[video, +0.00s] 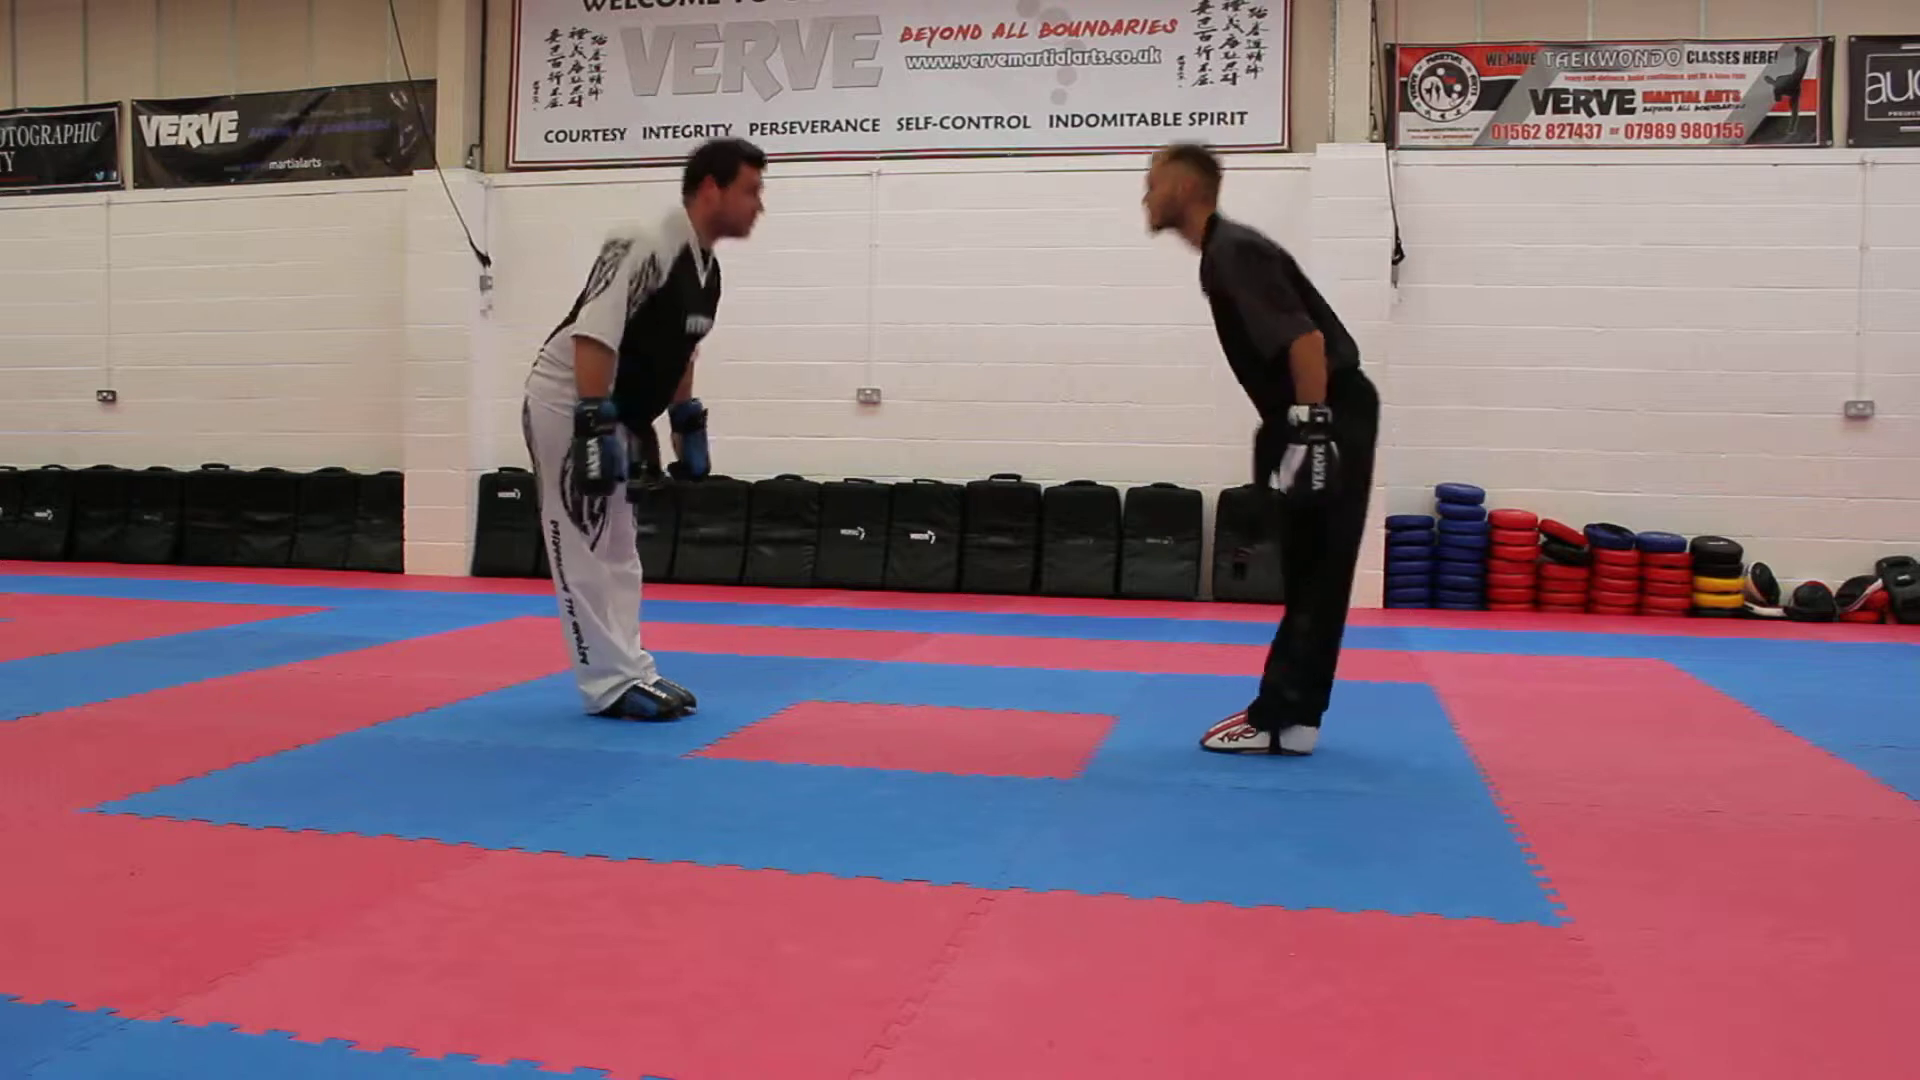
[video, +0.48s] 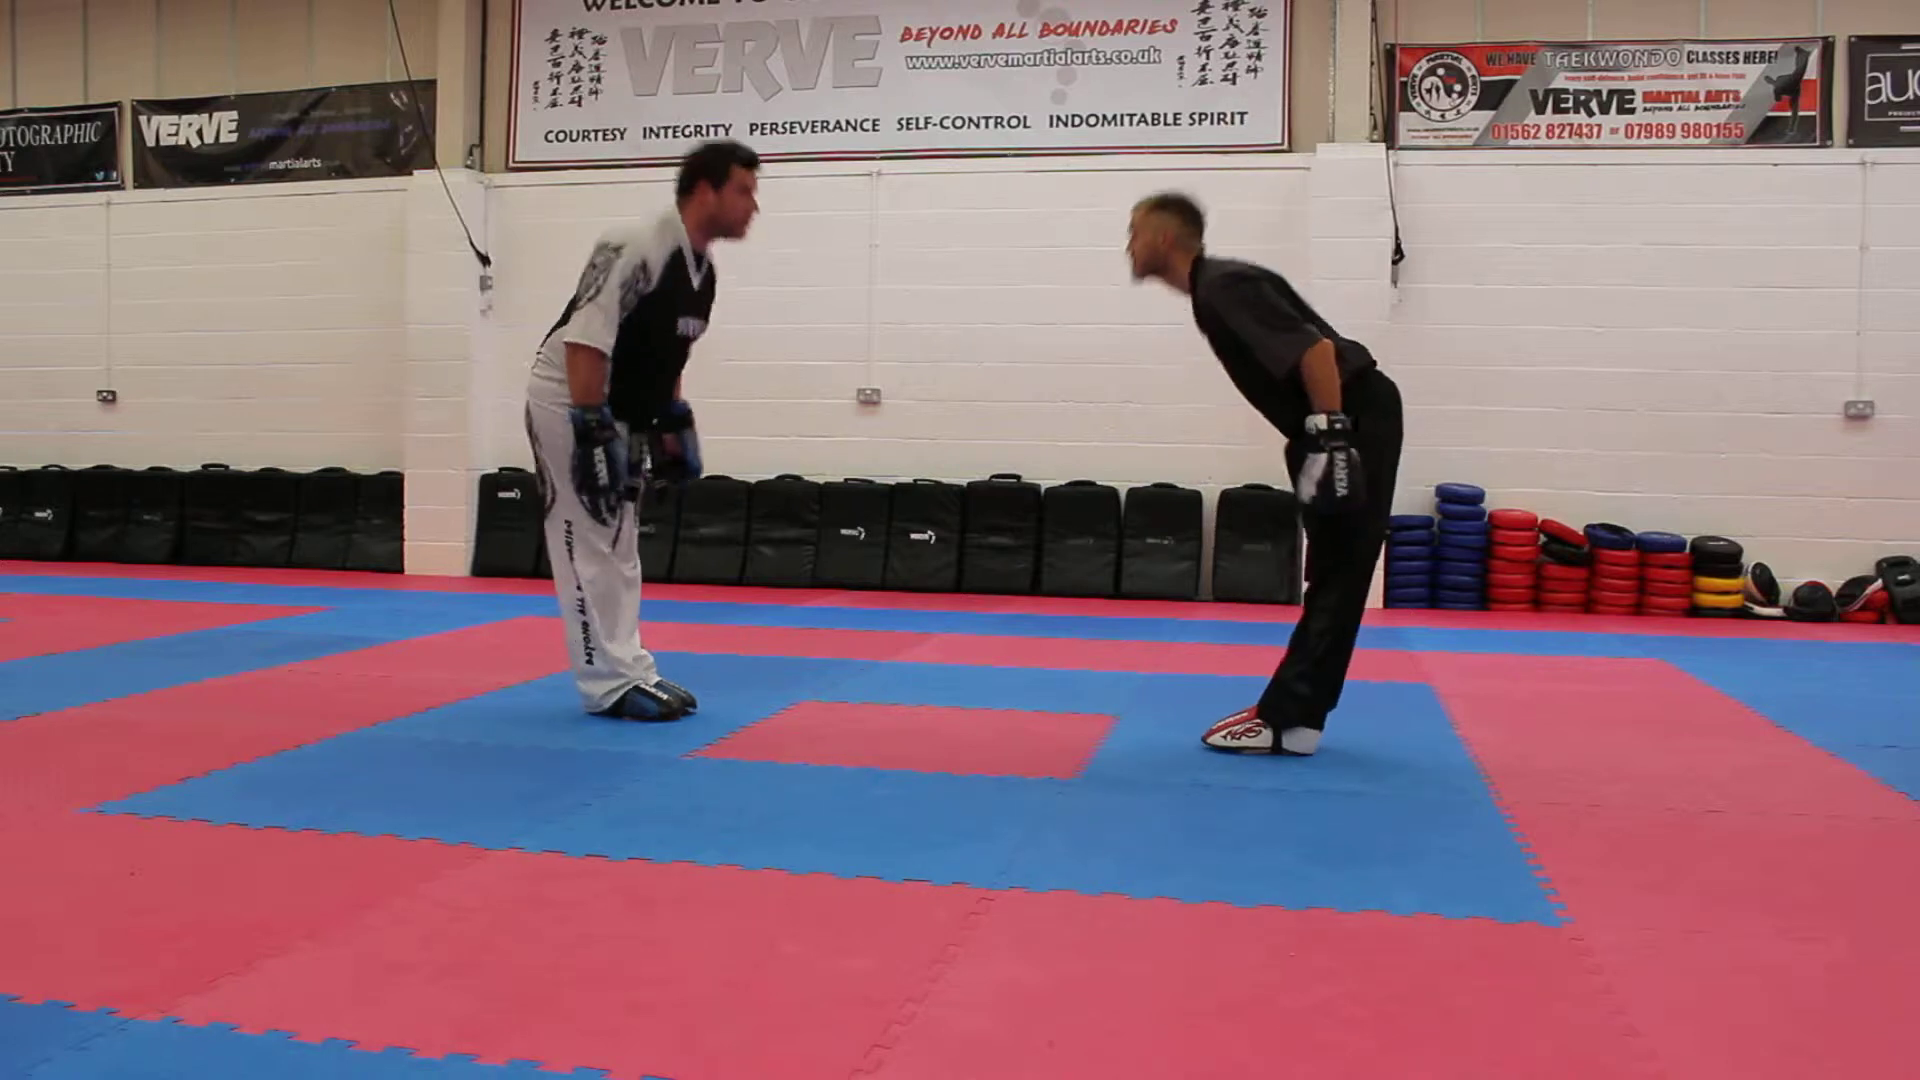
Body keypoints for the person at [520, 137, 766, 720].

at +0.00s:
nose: (760, 204)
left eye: (761, 192)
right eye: (752, 190)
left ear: (718, 192)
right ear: (711, 189)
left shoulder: (707, 270)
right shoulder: (644, 245)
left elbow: (678, 351)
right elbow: (593, 335)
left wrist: (685, 425)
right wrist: (592, 428)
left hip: (617, 410)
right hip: (565, 400)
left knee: (618, 543)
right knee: (581, 541)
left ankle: (631, 672)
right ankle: (607, 682)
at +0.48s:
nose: (754, 204)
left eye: (754, 192)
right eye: (745, 190)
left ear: (715, 195)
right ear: (704, 191)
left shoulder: (702, 272)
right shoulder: (636, 247)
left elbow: (666, 354)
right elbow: (584, 340)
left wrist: (673, 419)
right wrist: (592, 433)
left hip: (622, 412)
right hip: (568, 405)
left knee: (619, 542)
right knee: (587, 541)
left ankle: (629, 670)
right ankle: (604, 682)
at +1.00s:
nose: (660, 148)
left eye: (659, 138)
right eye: (646, 138)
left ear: (646, 152)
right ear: (606, 150)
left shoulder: (670, 247)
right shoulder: (550, 219)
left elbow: (699, 333)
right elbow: (507, 291)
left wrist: (754, 353)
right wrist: (580, 332)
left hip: (613, 416)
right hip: (540, 410)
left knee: (623, 549)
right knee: (532, 548)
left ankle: (627, 679)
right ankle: (506, 677)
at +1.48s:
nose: (605, 174)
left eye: (605, 163)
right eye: (592, 163)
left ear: (595, 171)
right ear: (549, 170)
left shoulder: (621, 258)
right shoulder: (488, 239)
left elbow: (646, 344)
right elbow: (450, 323)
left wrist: (688, 358)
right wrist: (515, 340)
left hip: (592, 423)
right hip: (504, 422)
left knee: (647, 540)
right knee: (443, 536)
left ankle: (693, 667)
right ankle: (400, 657)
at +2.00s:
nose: (593, 214)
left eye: (593, 203)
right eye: (581, 203)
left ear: (581, 208)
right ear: (539, 209)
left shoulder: (613, 294)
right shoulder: (481, 283)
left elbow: (648, 374)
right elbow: (451, 369)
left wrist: (690, 374)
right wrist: (508, 376)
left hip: (591, 460)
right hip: (506, 462)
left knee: (652, 563)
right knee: (434, 560)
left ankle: (703, 677)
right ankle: (401, 666)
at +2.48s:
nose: (372, 185)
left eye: (376, 174)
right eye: (359, 174)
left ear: (382, 180)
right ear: (327, 181)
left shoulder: (399, 248)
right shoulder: (310, 265)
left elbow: (439, 325)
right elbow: (289, 362)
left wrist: (363, 314)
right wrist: (321, 348)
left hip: (400, 412)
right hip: (352, 414)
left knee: (314, 532)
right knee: (358, 550)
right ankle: (410, 663)